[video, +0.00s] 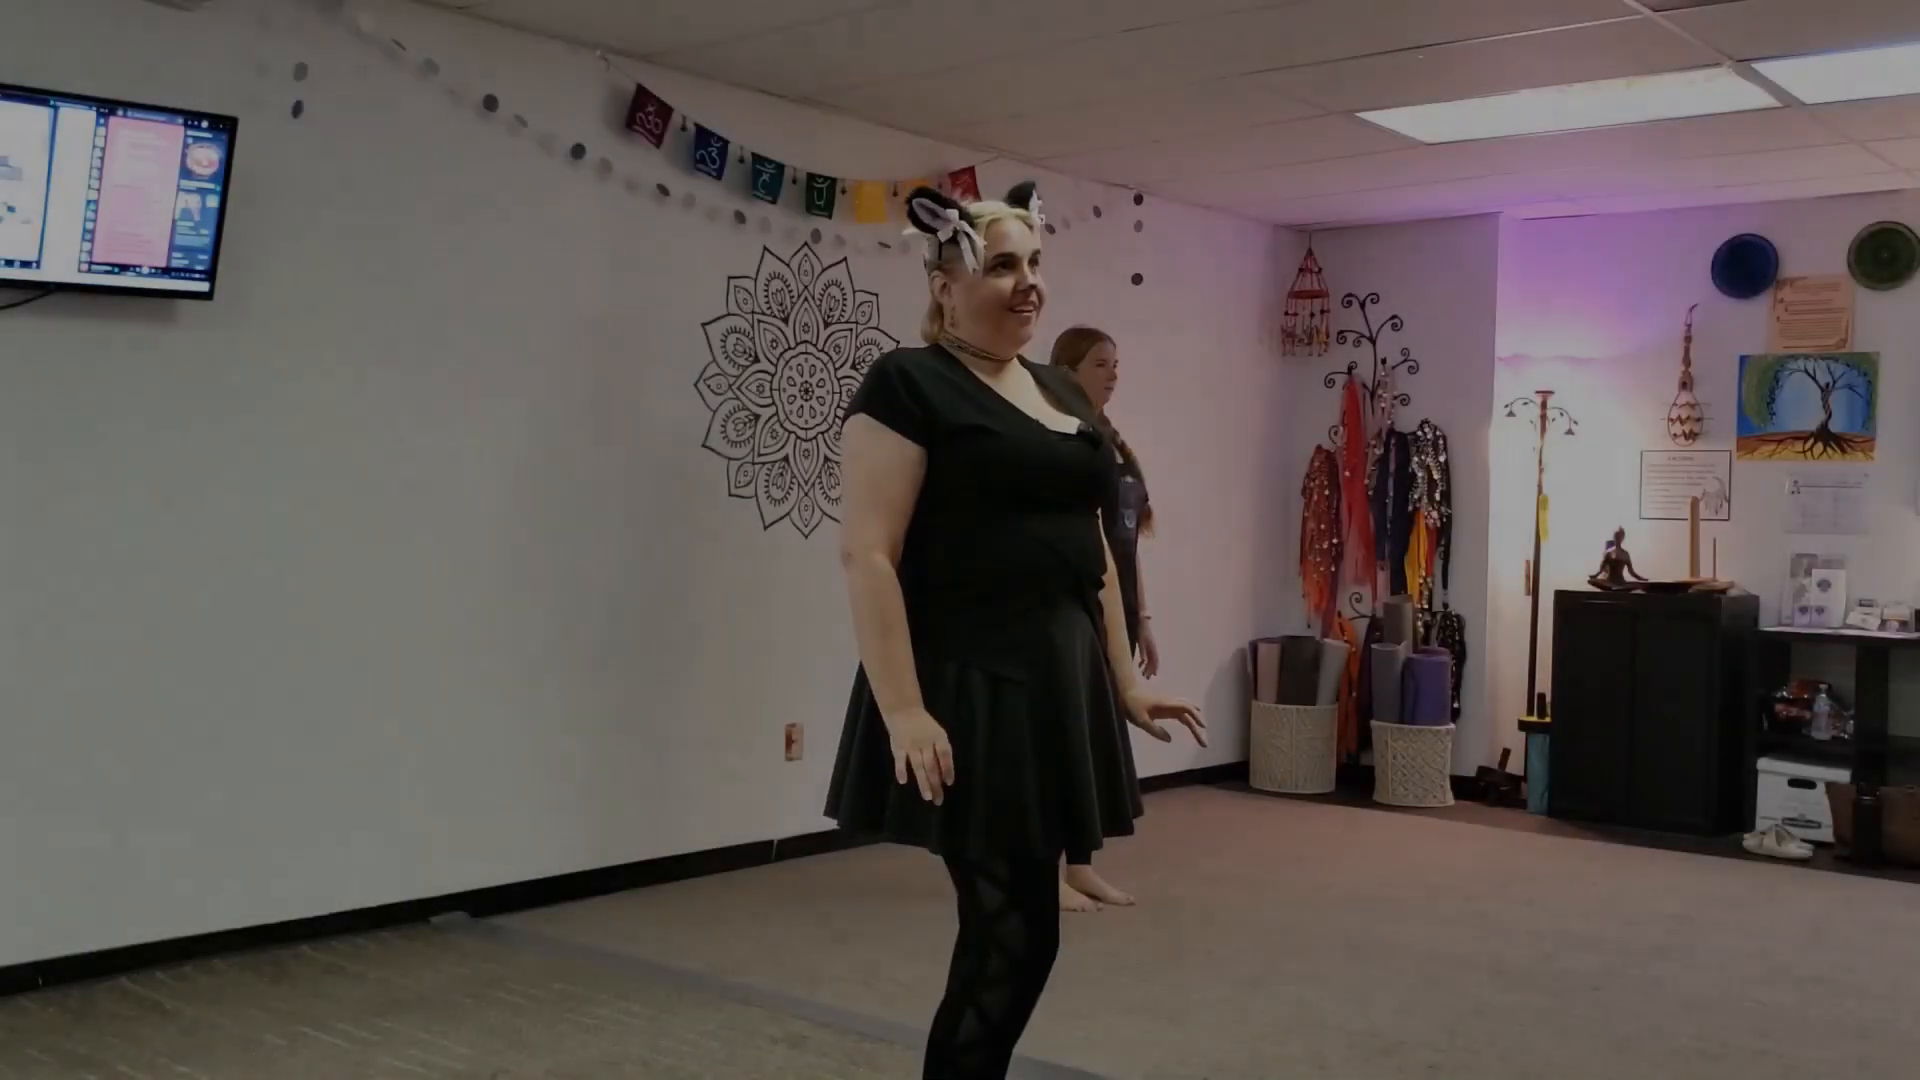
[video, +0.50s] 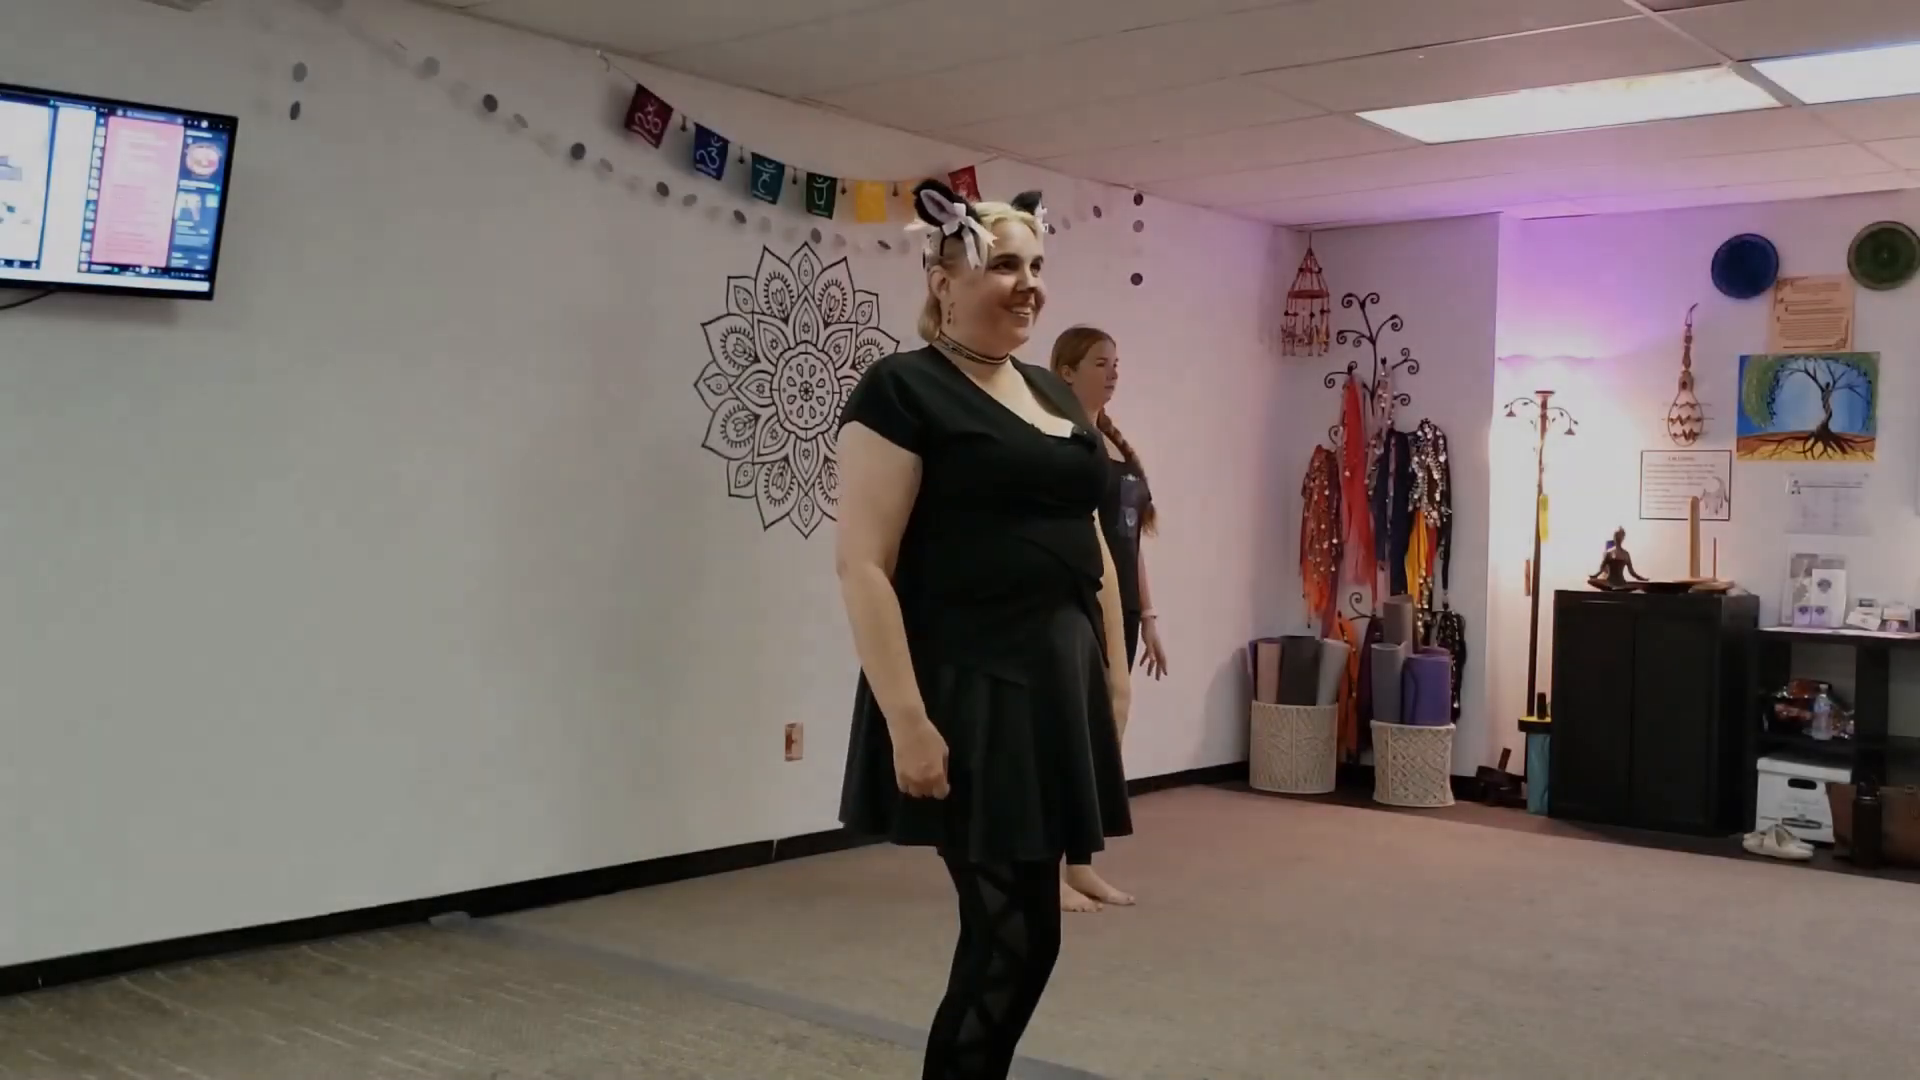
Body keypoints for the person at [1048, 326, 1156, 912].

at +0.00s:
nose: (1112, 376)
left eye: (1115, 367)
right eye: (1102, 366)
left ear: (1111, 374)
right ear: (1068, 370)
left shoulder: (1109, 441)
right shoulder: (1048, 436)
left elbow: (1124, 541)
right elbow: (1061, 534)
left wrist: (1140, 621)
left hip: (1106, 605)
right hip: (1054, 603)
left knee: (1087, 727)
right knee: (1047, 727)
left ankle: (1078, 862)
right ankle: (1045, 868)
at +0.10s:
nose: (1113, 375)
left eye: (1115, 365)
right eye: (1103, 365)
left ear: (1108, 373)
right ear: (1068, 371)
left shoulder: (1110, 441)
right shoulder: (1049, 437)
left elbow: (1125, 541)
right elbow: (1061, 534)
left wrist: (1142, 620)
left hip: (1108, 605)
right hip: (1054, 603)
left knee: (1088, 725)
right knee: (1049, 725)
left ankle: (1078, 860)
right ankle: (1046, 868)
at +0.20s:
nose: (1113, 374)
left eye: (1115, 365)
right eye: (1101, 365)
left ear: (1109, 373)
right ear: (1067, 370)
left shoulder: (1110, 441)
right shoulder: (1047, 439)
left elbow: (1126, 542)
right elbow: (1051, 531)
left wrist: (1143, 621)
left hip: (1112, 602)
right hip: (1059, 601)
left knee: (1094, 725)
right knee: (1054, 726)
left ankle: (1078, 861)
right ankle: (1047, 868)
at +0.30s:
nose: (1113, 373)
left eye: (1115, 363)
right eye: (1101, 363)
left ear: (1109, 373)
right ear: (1068, 370)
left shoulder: (1113, 445)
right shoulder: (1050, 440)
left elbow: (1129, 542)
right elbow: (1050, 536)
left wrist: (1145, 621)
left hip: (1115, 607)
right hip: (1061, 605)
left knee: (1089, 727)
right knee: (1058, 728)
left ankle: (1077, 860)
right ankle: (1050, 868)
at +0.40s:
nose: (1113, 373)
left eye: (1115, 364)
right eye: (1102, 364)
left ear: (1109, 373)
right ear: (1068, 370)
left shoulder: (1113, 445)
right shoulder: (1048, 440)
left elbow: (1128, 540)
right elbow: (1048, 533)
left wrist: (1146, 618)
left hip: (1114, 603)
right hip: (1059, 602)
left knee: (1097, 725)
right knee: (1056, 725)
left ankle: (1078, 860)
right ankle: (1048, 868)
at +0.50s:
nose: (1113, 372)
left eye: (1115, 363)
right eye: (1101, 363)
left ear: (1109, 373)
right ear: (1068, 370)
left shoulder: (1113, 444)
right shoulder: (1049, 439)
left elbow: (1130, 540)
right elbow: (1048, 532)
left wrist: (1147, 619)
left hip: (1112, 602)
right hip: (1057, 602)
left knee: (1102, 721)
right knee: (1055, 725)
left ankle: (1079, 859)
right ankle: (1048, 868)